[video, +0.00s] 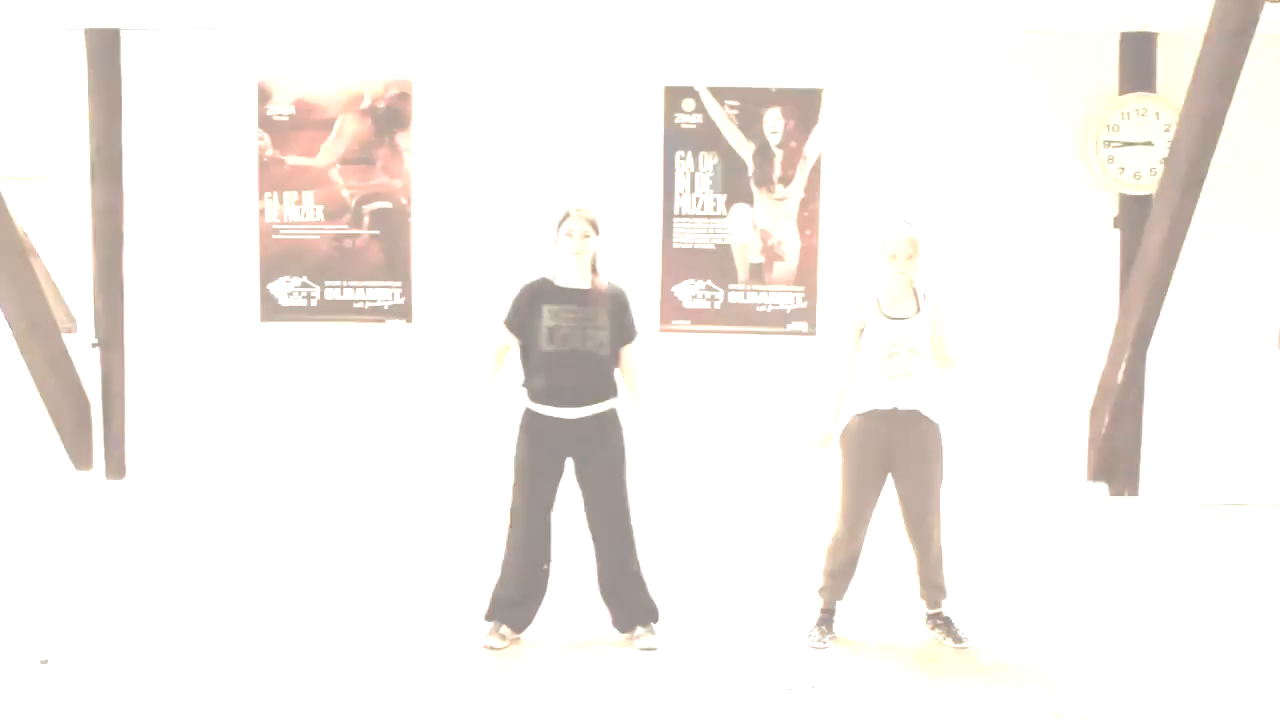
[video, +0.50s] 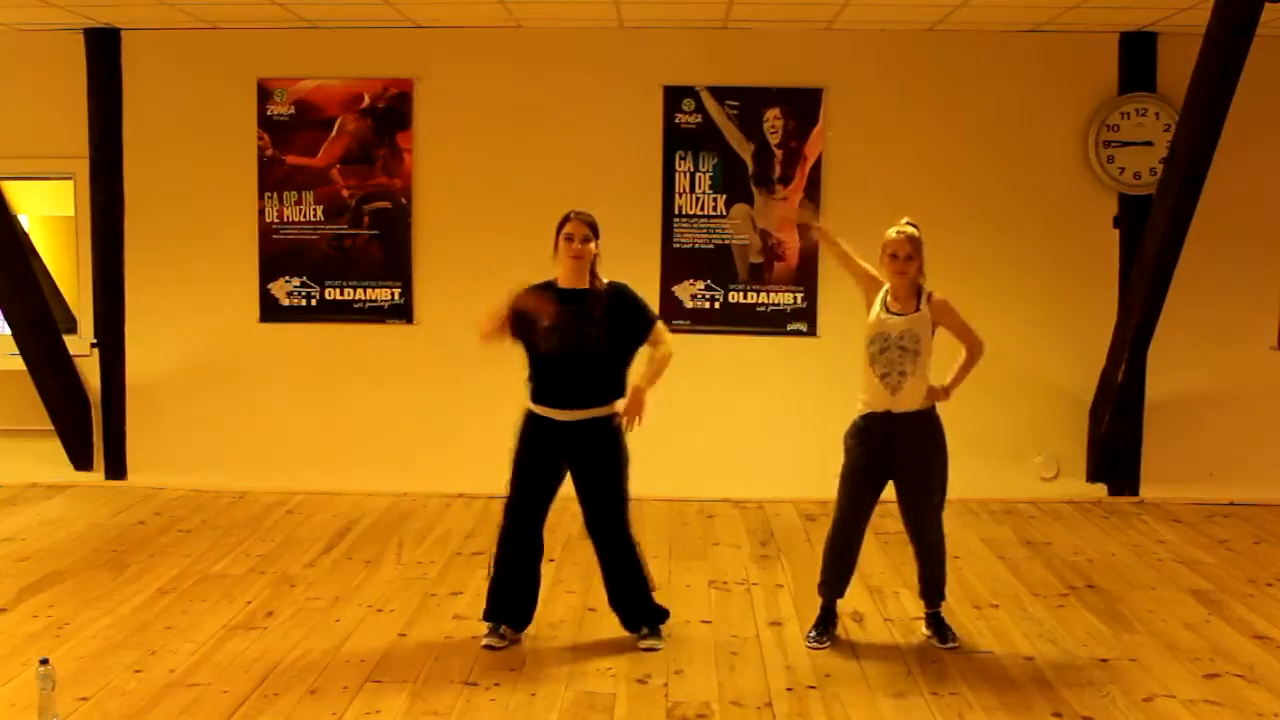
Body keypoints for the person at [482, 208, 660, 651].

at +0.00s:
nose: (577, 242)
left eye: (585, 235)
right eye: (569, 235)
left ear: (597, 244)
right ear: (556, 242)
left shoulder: (611, 297)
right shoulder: (534, 294)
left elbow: (627, 362)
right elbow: (502, 350)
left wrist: (642, 408)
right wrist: (488, 382)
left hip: (598, 423)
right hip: (542, 423)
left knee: (612, 520)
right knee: (527, 519)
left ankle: (635, 617)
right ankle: (508, 616)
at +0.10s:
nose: (574, 241)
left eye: (583, 235)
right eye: (567, 234)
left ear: (594, 244)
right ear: (553, 242)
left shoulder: (610, 299)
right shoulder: (529, 293)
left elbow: (628, 362)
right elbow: (493, 344)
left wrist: (636, 415)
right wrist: (469, 382)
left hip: (593, 425)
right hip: (536, 424)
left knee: (607, 523)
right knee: (523, 521)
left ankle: (634, 619)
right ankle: (506, 617)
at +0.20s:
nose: (573, 240)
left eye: (581, 235)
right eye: (565, 234)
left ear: (592, 246)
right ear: (551, 242)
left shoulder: (608, 298)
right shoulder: (528, 295)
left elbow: (633, 357)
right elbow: (500, 351)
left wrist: (619, 397)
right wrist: (454, 386)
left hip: (588, 429)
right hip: (531, 426)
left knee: (605, 525)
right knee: (520, 524)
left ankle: (637, 619)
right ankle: (505, 619)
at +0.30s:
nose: (573, 243)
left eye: (581, 237)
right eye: (565, 237)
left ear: (592, 246)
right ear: (551, 244)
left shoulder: (610, 298)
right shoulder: (530, 300)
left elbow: (619, 356)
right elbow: (508, 364)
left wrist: (618, 355)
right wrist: (464, 409)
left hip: (584, 429)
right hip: (527, 426)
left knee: (603, 525)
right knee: (516, 523)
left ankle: (638, 619)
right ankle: (505, 618)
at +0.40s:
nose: (574, 244)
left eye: (582, 239)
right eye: (566, 238)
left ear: (593, 249)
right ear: (552, 246)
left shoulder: (611, 298)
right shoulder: (532, 300)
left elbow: (628, 358)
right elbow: (507, 359)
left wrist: (633, 359)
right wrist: (507, 391)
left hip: (587, 427)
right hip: (531, 423)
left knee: (605, 525)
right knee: (515, 522)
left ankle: (640, 619)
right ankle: (505, 619)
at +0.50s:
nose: (578, 244)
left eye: (586, 239)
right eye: (569, 238)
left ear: (597, 249)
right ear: (556, 246)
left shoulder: (619, 300)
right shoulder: (532, 300)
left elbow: (664, 346)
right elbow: (489, 336)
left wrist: (641, 390)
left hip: (599, 430)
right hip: (543, 428)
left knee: (611, 527)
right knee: (520, 523)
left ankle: (643, 620)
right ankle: (505, 620)